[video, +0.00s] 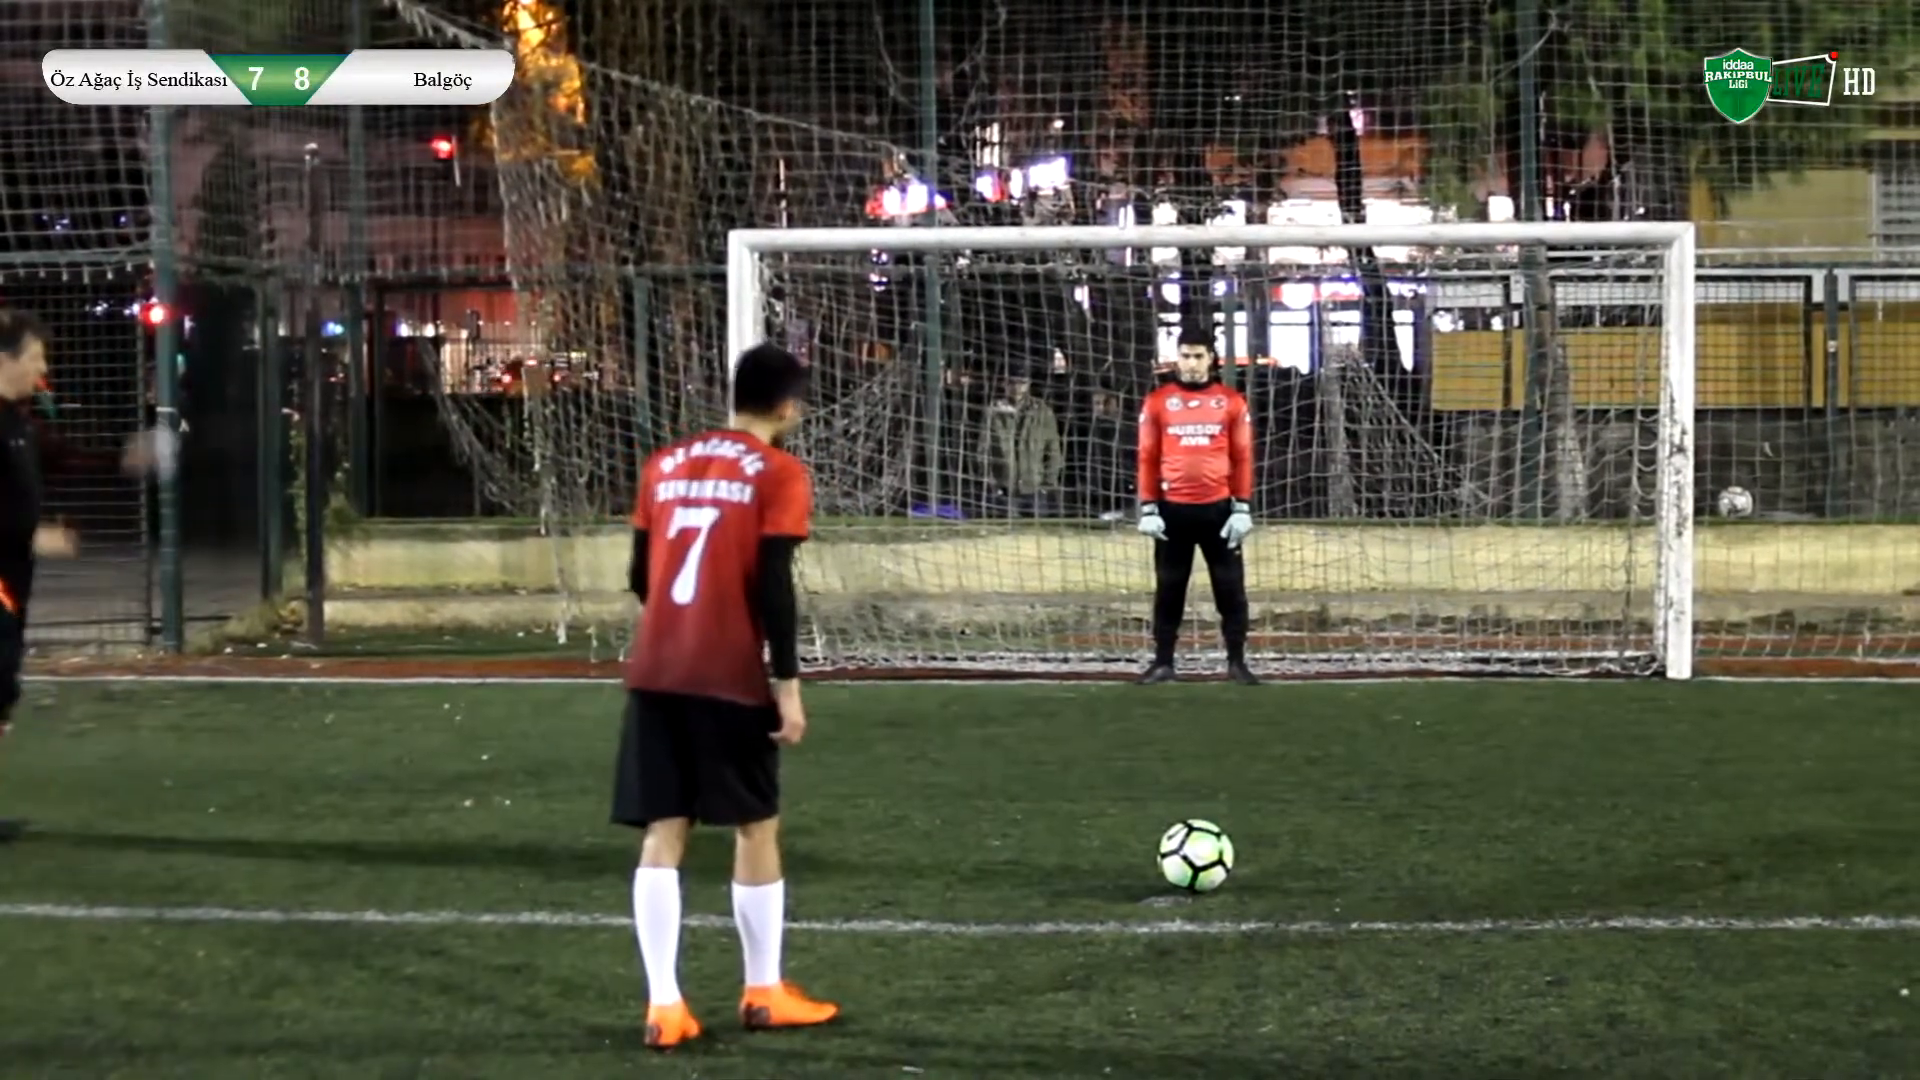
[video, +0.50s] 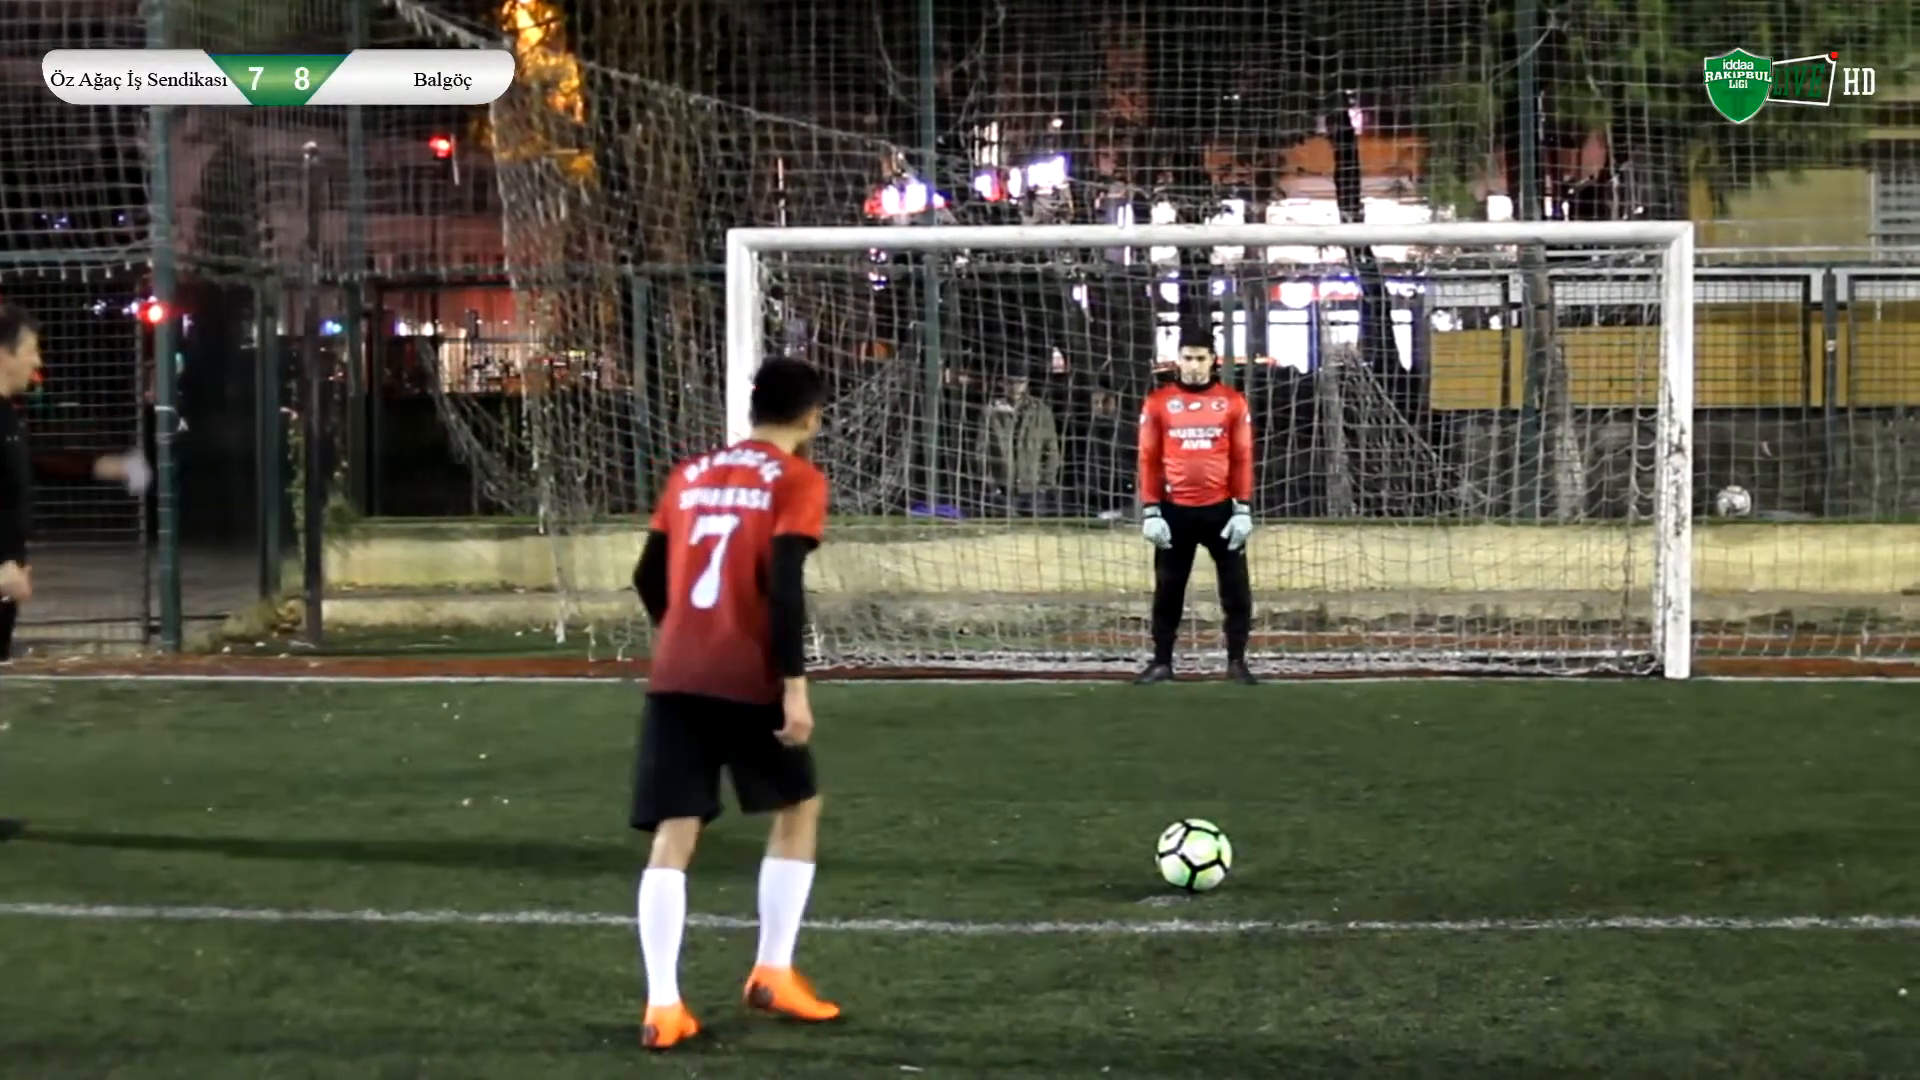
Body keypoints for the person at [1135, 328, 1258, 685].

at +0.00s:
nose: (1191, 363)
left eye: (1199, 356)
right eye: (1185, 356)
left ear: (1212, 359)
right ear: (1176, 359)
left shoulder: (1232, 402)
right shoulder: (1157, 402)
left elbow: (1243, 456)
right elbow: (1147, 456)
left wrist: (1242, 505)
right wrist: (1148, 506)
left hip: (1219, 507)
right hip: (1172, 509)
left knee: (1231, 590)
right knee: (1169, 590)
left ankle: (1236, 660)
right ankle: (1164, 660)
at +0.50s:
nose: (1194, 366)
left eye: (1201, 358)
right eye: (1187, 358)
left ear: (1213, 360)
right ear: (1178, 361)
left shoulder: (1233, 403)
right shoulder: (1157, 403)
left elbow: (1243, 457)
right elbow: (1148, 459)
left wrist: (1242, 507)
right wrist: (1151, 509)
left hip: (1221, 510)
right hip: (1174, 512)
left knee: (1236, 591)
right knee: (1168, 591)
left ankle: (1237, 660)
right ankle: (1162, 660)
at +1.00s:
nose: (1205, 381)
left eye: (1212, 374)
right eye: (1198, 374)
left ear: (1223, 375)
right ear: (1187, 375)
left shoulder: (1243, 415)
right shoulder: (1168, 415)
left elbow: (1252, 472)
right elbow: (1158, 472)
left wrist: (1253, 521)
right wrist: (1157, 523)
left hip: (1231, 516)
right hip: (1185, 516)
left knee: (1255, 589)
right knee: (1167, 593)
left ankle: (1256, 660)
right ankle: (1159, 664)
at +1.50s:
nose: (1215, 384)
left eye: (1222, 378)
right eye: (1209, 377)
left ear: (1232, 382)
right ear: (1197, 379)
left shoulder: (1252, 420)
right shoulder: (1178, 418)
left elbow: (1275, 467)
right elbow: (1153, 463)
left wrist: (1305, 508)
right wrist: (1119, 504)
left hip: (1237, 529)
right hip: (1190, 527)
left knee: (1251, 598)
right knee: (1159, 589)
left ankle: (1254, 664)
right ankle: (1151, 658)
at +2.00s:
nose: (1235, 495)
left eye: (1245, 488)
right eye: (1229, 486)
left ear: (1259, 495)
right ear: (1219, 489)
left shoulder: (1270, 524)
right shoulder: (1203, 520)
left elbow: (1296, 555)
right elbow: (1179, 548)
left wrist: (1313, 576)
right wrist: (1149, 564)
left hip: (1254, 601)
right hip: (1209, 595)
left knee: (1283, 631)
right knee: (1155, 627)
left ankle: (1240, 692)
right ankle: (1098, 687)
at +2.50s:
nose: (1491, 555)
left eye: (1492, 552)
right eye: (1488, 546)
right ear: (1481, 538)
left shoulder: (1473, 578)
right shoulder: (1449, 552)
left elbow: (1501, 572)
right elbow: (1466, 534)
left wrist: (1527, 543)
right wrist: (1508, 521)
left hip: (1390, 657)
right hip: (1373, 630)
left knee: (1332, 704)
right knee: (1291, 664)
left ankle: (1245, 713)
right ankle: (1210, 696)